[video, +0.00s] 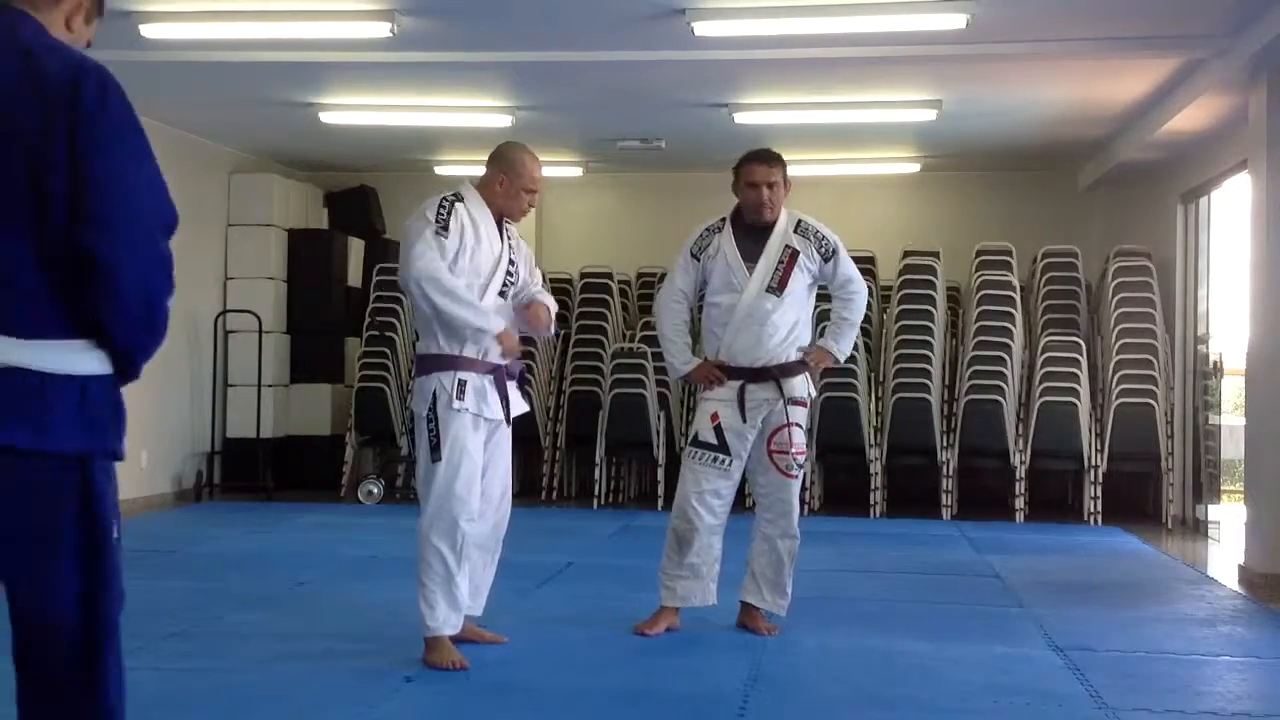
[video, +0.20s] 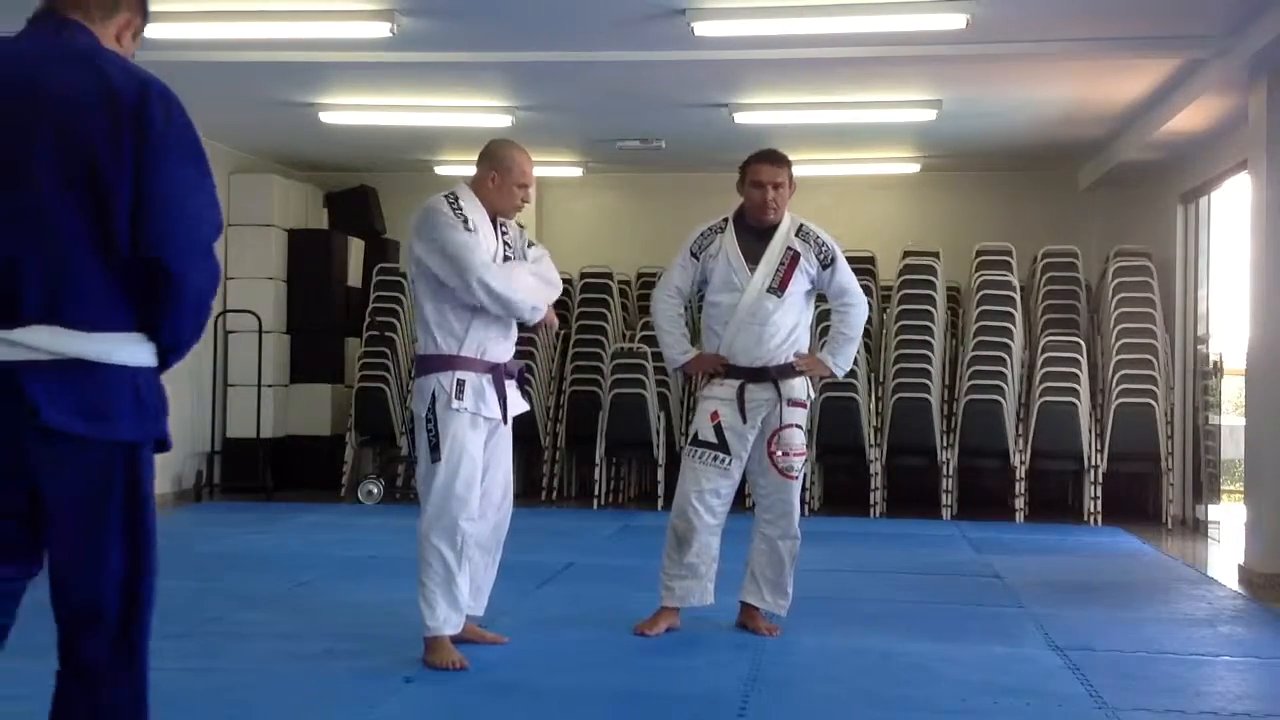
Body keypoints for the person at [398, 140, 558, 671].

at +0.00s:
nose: (533, 203)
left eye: (537, 192)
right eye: (528, 191)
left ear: (508, 185)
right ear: (499, 181)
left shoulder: (512, 242)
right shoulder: (443, 210)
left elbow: (536, 293)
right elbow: (422, 273)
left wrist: (540, 309)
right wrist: (495, 326)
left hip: (497, 389)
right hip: (451, 385)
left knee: (491, 508)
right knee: (450, 507)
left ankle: (463, 618)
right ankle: (439, 632)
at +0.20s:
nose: (527, 198)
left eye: (529, 189)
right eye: (521, 187)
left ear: (506, 182)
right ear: (489, 176)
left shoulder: (505, 230)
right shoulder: (440, 215)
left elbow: (548, 273)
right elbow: (484, 282)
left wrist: (508, 284)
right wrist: (539, 301)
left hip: (496, 390)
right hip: (452, 389)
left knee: (490, 509)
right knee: (449, 510)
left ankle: (463, 619)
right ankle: (437, 635)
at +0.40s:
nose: (526, 197)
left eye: (529, 188)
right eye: (520, 186)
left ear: (510, 183)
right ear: (488, 175)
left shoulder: (505, 227)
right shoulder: (442, 214)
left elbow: (553, 275)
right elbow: (489, 290)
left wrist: (499, 267)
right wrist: (527, 289)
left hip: (494, 391)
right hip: (450, 389)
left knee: (488, 509)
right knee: (448, 510)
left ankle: (462, 619)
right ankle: (437, 634)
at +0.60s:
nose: (529, 200)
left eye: (532, 189)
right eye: (523, 188)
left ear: (501, 183)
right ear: (491, 179)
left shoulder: (507, 233)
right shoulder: (445, 218)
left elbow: (540, 300)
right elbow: (483, 295)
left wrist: (492, 280)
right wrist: (523, 288)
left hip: (492, 391)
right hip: (449, 390)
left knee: (486, 509)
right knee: (448, 510)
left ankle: (462, 618)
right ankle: (438, 633)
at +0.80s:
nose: (530, 201)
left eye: (534, 190)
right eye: (525, 189)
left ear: (505, 182)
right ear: (494, 179)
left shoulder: (508, 232)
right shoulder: (447, 218)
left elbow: (541, 299)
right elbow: (484, 296)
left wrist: (495, 280)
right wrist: (525, 291)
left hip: (490, 392)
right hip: (447, 390)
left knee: (484, 509)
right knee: (448, 510)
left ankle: (460, 618)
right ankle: (438, 634)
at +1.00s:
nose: (530, 201)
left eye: (534, 190)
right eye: (525, 189)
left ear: (507, 183)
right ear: (494, 179)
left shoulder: (508, 233)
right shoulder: (447, 218)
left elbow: (542, 301)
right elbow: (483, 295)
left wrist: (495, 280)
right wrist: (524, 291)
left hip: (492, 391)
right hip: (448, 389)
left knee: (487, 509)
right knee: (448, 510)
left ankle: (461, 619)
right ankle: (438, 634)